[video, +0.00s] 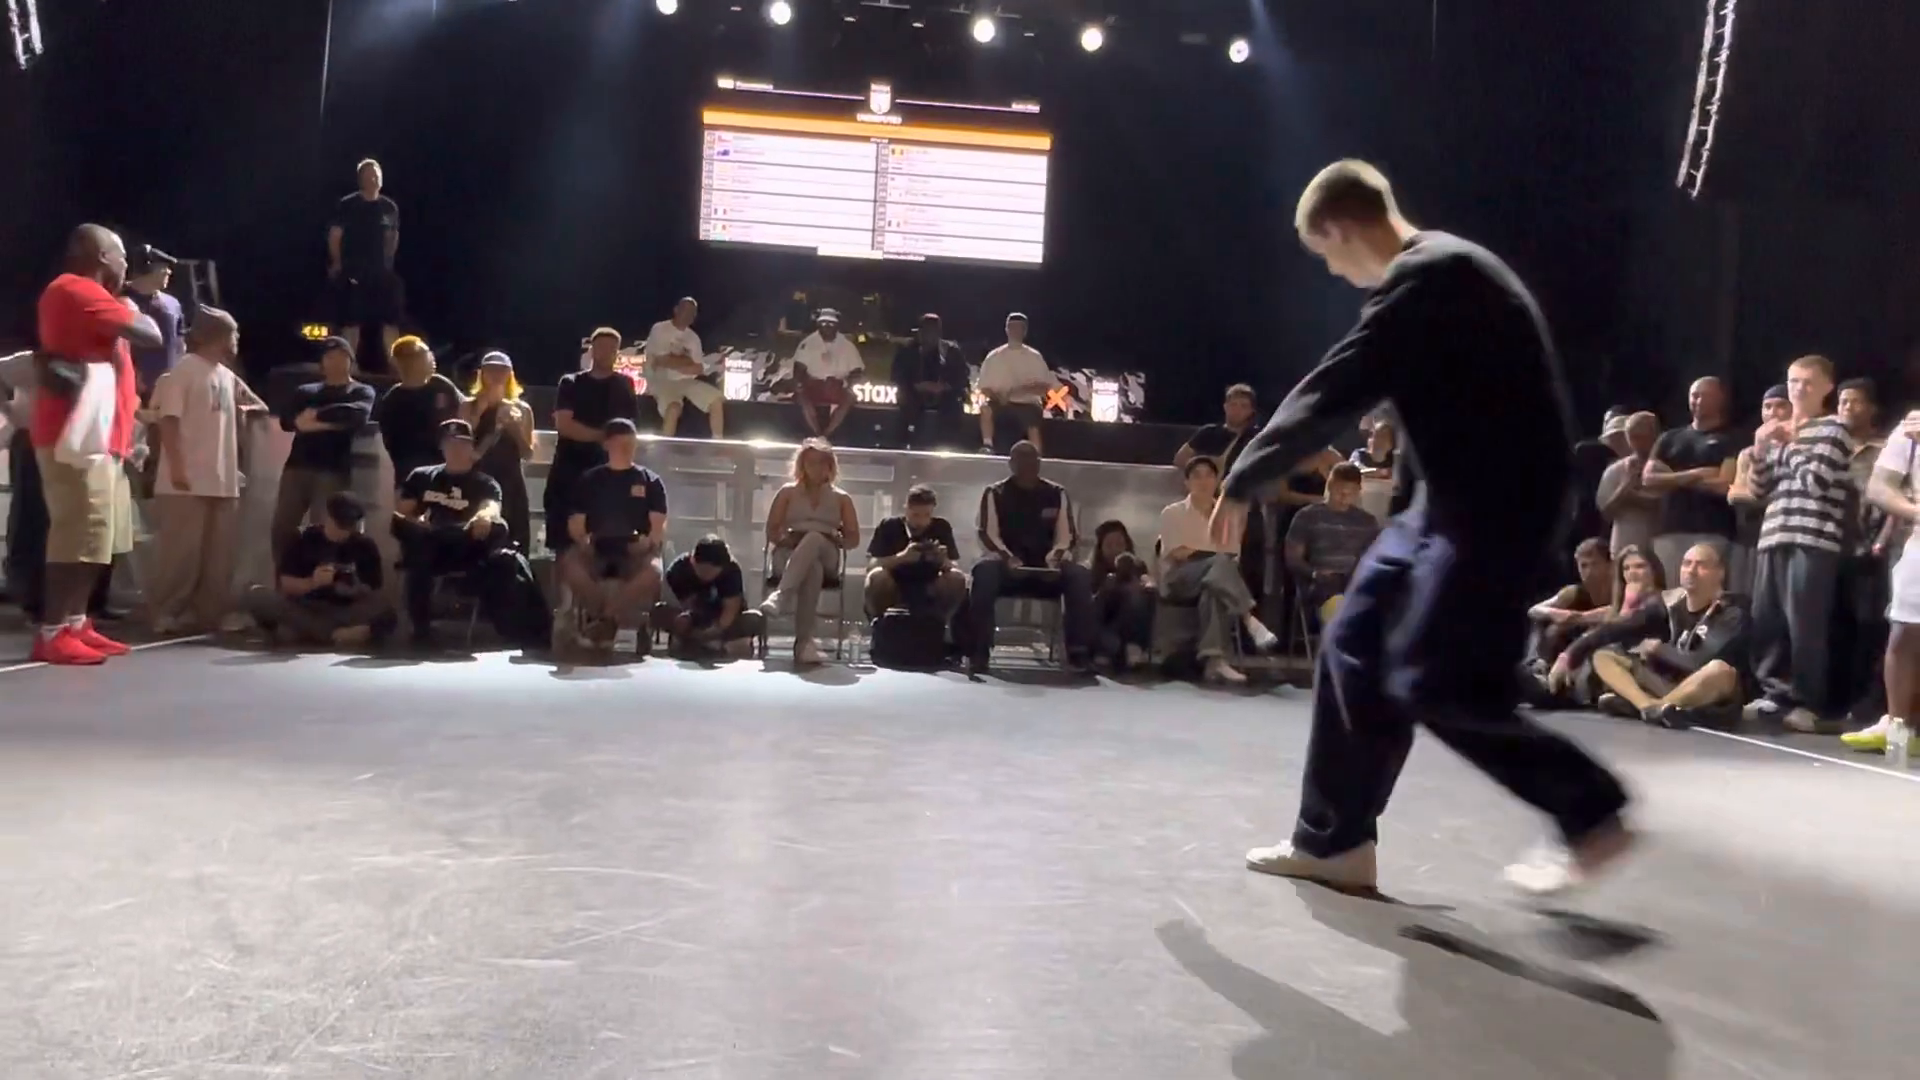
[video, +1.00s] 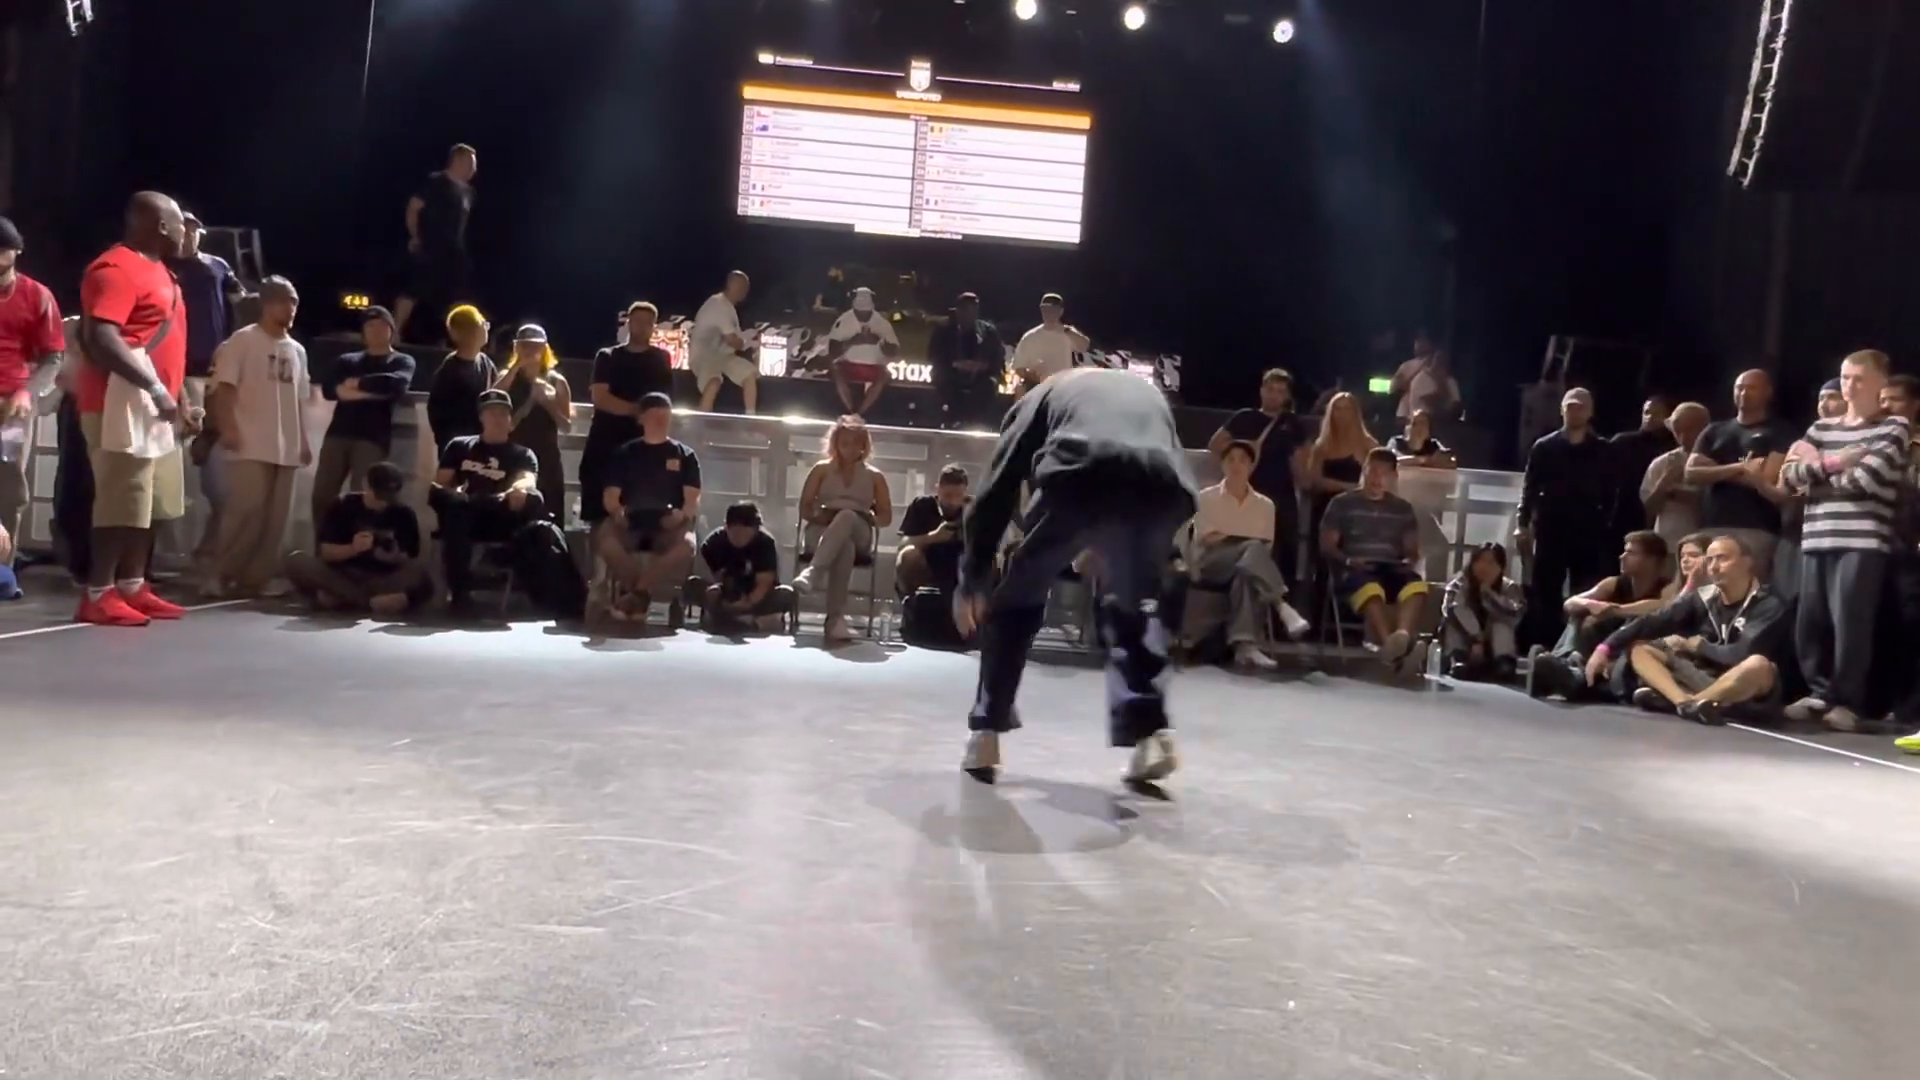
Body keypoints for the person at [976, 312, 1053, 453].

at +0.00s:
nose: (1015, 331)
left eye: (1019, 327)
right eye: (1011, 327)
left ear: (1025, 331)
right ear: (1006, 330)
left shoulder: (1034, 356)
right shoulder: (993, 356)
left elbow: (1045, 386)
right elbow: (983, 386)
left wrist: (1021, 390)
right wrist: (994, 396)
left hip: (1026, 403)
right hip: (1001, 402)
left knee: (1032, 416)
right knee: (985, 409)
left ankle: (1036, 458)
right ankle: (987, 446)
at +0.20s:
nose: (1026, 326)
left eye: (1030, 322)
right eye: (1022, 321)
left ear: (1036, 325)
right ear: (1017, 324)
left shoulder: (1044, 348)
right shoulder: (1004, 350)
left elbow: (1060, 374)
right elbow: (993, 380)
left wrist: (1042, 359)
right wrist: (1004, 389)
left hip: (1038, 396)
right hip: (1013, 394)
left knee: (1042, 419)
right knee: (996, 402)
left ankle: (1047, 453)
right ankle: (997, 440)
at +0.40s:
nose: (1036, 318)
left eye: (1040, 314)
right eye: (1032, 314)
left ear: (1046, 318)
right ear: (1026, 317)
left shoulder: (1052, 341)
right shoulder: (1014, 343)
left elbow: (1066, 355)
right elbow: (1002, 373)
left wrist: (1051, 339)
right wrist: (1014, 383)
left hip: (1047, 390)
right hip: (1022, 388)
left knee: (1052, 413)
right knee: (1005, 396)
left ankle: (1055, 448)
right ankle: (1006, 433)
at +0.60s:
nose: (1045, 315)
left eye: (1048, 311)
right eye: (1041, 311)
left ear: (1054, 314)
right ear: (1034, 314)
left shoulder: (1061, 338)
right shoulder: (1021, 340)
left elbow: (1075, 354)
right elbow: (1009, 369)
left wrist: (1057, 333)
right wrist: (1022, 380)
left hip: (1054, 387)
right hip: (1029, 387)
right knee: (1012, 391)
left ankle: (1062, 439)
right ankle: (1014, 430)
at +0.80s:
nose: (1048, 312)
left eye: (1052, 308)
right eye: (1045, 308)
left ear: (1059, 312)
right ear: (1039, 310)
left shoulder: (1065, 335)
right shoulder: (1026, 337)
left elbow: (1082, 349)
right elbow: (1014, 367)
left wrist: (1061, 328)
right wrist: (1026, 377)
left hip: (1060, 388)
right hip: (1035, 388)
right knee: (1016, 389)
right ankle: (1018, 427)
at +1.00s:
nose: (1048, 314)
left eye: (1052, 310)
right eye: (1045, 309)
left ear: (1061, 311)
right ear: (1041, 311)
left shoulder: (1068, 333)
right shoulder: (1030, 337)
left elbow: (1084, 346)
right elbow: (1018, 366)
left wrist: (1069, 333)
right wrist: (1030, 376)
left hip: (1065, 388)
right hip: (1039, 390)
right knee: (1019, 387)